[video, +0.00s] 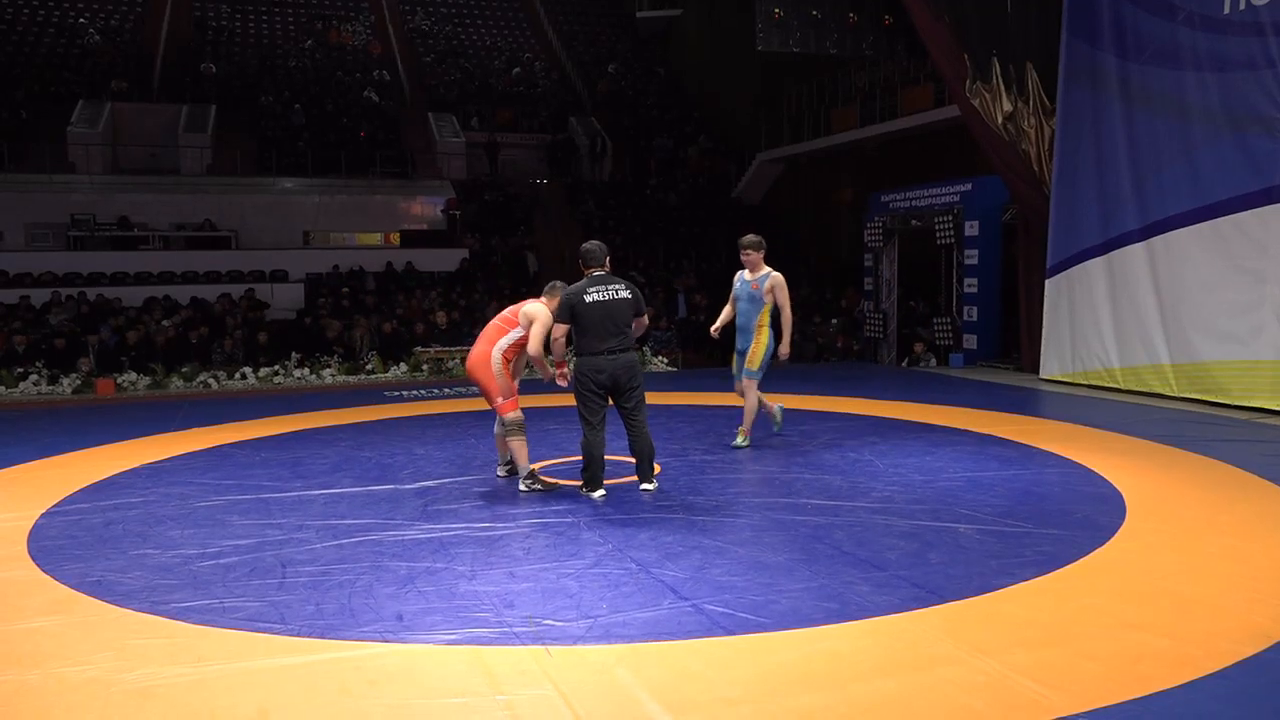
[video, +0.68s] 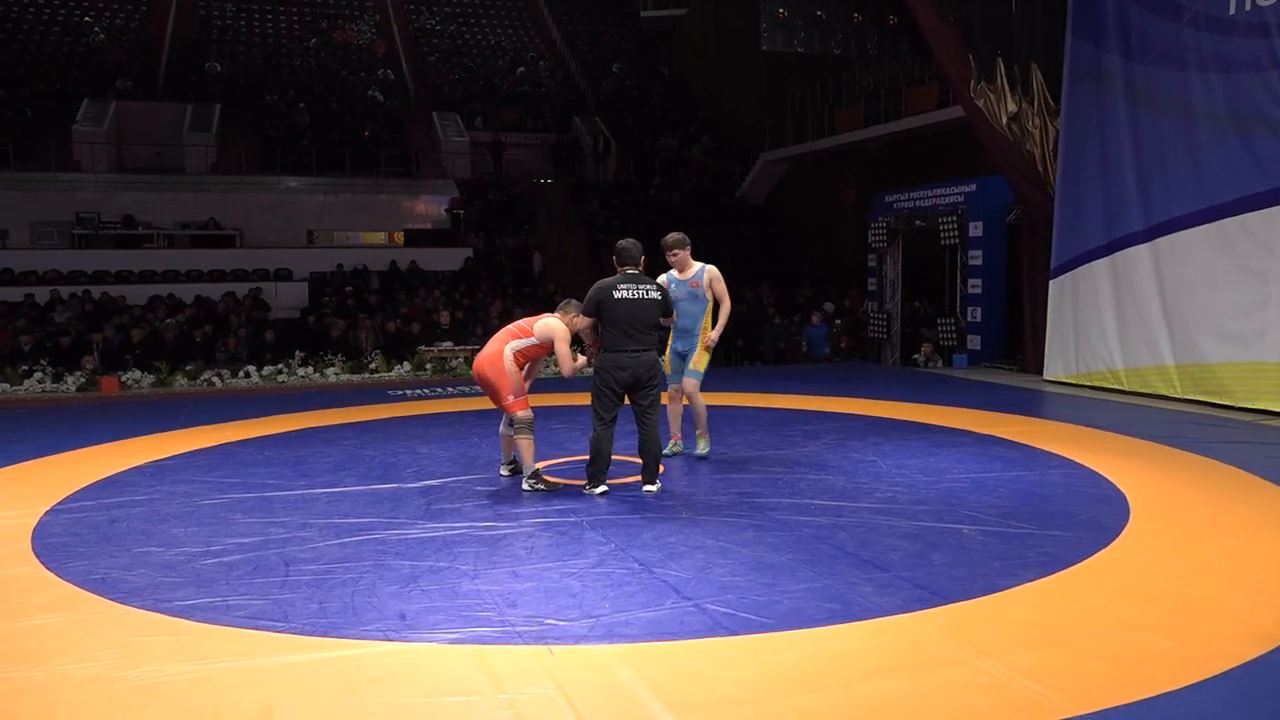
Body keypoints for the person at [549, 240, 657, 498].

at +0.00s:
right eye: (609, 260)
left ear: (581, 266)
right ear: (608, 262)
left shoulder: (572, 294)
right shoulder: (628, 288)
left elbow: (558, 337)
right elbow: (641, 323)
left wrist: (559, 365)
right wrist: (624, 339)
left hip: (590, 366)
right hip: (625, 363)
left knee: (593, 427)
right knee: (636, 420)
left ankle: (593, 485)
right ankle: (647, 478)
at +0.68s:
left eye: (615, 259)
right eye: (642, 258)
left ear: (615, 262)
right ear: (642, 261)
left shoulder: (602, 287)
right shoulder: (657, 289)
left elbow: (584, 325)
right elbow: (668, 320)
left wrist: (594, 346)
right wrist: (645, 319)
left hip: (612, 362)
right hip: (647, 361)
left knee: (603, 422)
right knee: (649, 421)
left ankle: (597, 480)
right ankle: (650, 480)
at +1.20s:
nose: (627, 263)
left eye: (628, 260)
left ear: (630, 262)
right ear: (656, 262)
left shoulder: (619, 287)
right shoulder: (672, 289)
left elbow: (600, 323)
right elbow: (678, 324)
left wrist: (623, 318)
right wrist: (656, 318)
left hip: (625, 361)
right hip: (660, 362)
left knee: (612, 420)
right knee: (658, 421)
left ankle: (601, 476)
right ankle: (655, 480)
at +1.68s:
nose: (632, 266)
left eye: (633, 262)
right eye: (633, 262)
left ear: (638, 262)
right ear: (664, 262)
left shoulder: (626, 288)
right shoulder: (681, 288)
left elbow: (612, 322)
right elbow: (676, 318)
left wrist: (642, 313)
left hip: (634, 361)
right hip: (669, 362)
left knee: (617, 416)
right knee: (665, 418)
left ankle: (613, 473)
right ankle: (662, 479)